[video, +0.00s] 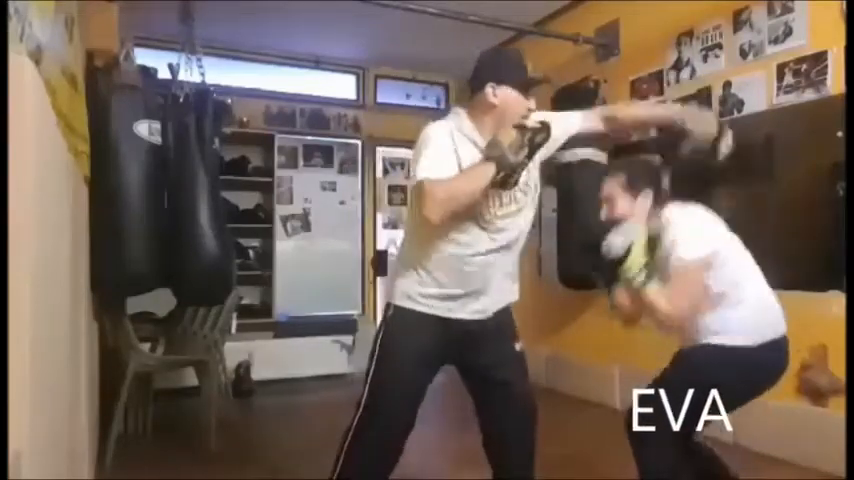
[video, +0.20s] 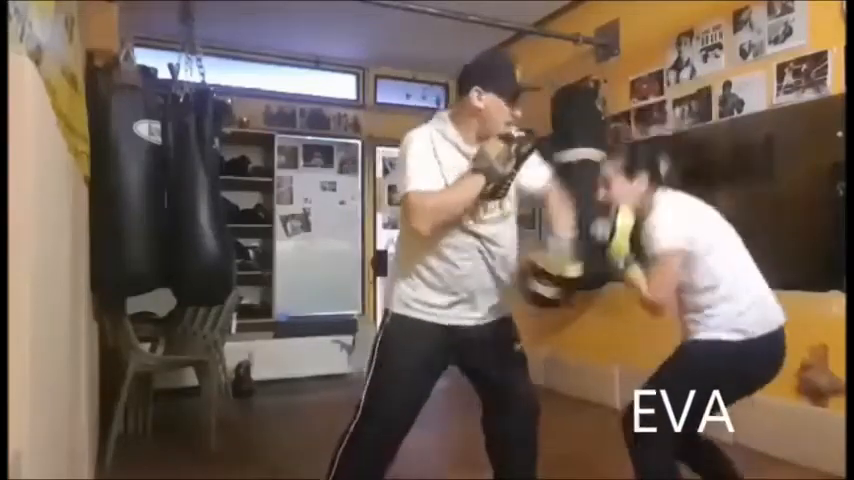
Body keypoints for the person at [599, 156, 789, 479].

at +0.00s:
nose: (605, 214)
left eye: (610, 201)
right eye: (603, 203)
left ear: (641, 195)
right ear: (639, 197)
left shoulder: (686, 223)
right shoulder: (655, 231)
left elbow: (677, 312)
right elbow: (631, 313)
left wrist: (640, 279)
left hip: (747, 349)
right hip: (718, 346)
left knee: (647, 421)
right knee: (659, 422)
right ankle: (716, 474)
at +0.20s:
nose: (603, 194)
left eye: (609, 183)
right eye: (603, 185)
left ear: (640, 180)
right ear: (642, 180)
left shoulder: (664, 216)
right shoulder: (675, 206)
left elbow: (658, 302)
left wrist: (625, 264)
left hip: (730, 344)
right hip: (756, 338)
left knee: (641, 422)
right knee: (672, 429)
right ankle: (727, 473)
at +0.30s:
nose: (612, 151)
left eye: (620, 139)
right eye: (610, 142)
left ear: (652, 133)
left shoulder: (682, 174)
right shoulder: (656, 182)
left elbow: (670, 262)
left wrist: (638, 212)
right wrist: (626, 247)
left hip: (724, 319)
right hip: (701, 320)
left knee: (652, 411)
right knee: (685, 416)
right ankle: (732, 471)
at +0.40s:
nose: (613, 133)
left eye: (621, 122)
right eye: (610, 124)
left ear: (654, 117)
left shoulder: (694, 157)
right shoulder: (627, 172)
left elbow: (681, 231)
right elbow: (571, 203)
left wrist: (640, 179)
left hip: (724, 310)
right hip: (683, 318)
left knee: (659, 415)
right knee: (699, 417)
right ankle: (738, 473)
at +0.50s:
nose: (617, 123)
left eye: (623, 112)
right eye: (614, 116)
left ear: (653, 107)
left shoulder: (695, 142)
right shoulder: (627, 168)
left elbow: (683, 188)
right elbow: (576, 187)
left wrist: (644, 147)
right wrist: (551, 145)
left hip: (719, 303)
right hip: (673, 309)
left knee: (658, 411)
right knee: (697, 410)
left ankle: (674, 474)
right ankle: (735, 472)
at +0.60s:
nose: (629, 115)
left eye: (633, 105)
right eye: (628, 107)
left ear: (656, 105)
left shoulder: (695, 151)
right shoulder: (638, 177)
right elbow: (604, 217)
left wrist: (634, 109)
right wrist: (583, 174)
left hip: (709, 301)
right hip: (677, 308)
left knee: (649, 413)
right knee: (689, 405)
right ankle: (731, 472)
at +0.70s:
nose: (638, 119)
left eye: (642, 107)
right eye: (638, 106)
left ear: (664, 106)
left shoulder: (687, 139)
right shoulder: (652, 169)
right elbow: (642, 240)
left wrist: (592, 116)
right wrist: (608, 205)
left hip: (705, 303)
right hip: (686, 305)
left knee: (643, 414)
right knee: (695, 407)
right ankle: (732, 473)